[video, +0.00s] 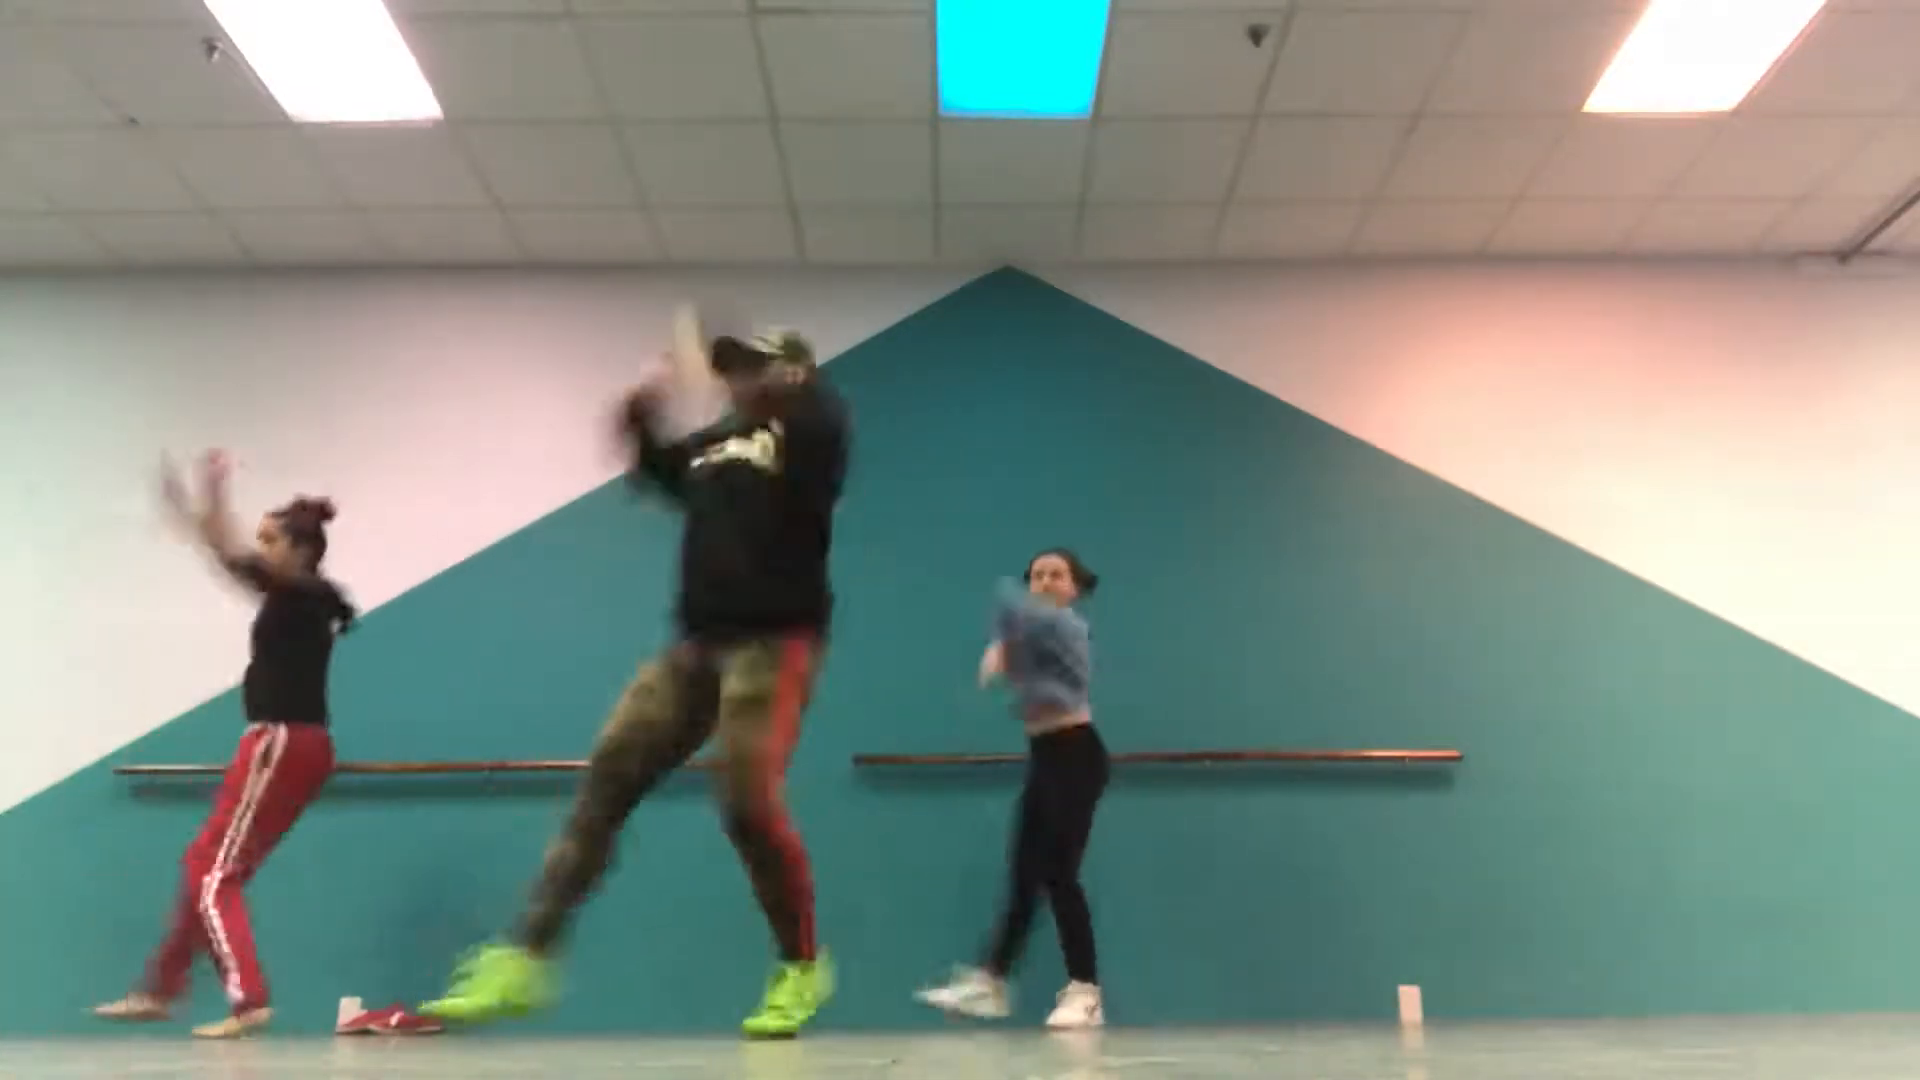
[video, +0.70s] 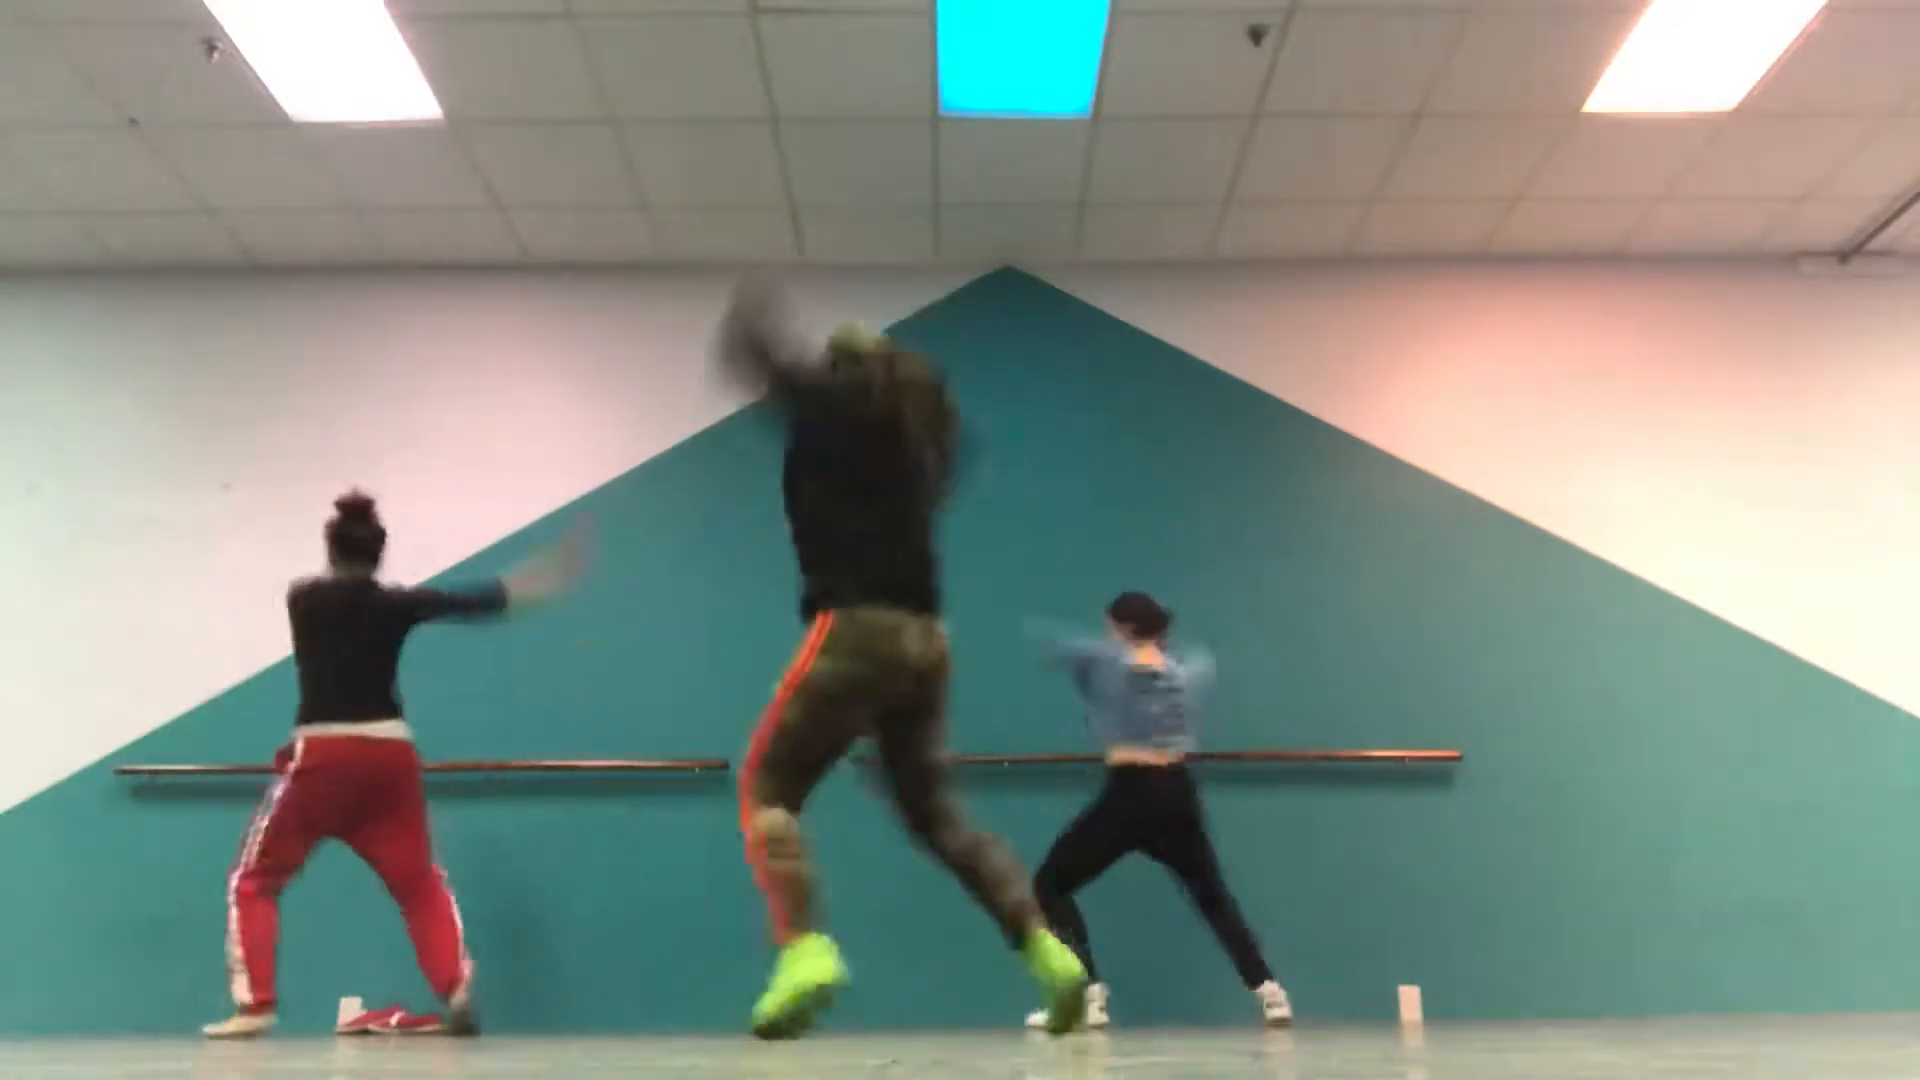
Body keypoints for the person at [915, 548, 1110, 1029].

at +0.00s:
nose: (1046, 583)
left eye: (1057, 575)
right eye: (1038, 576)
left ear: (1076, 588)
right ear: (1028, 586)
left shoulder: (1069, 626)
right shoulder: (1027, 629)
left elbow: (1027, 618)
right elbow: (1009, 657)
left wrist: (1009, 602)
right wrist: (1003, 651)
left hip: (1077, 749)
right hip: (1045, 752)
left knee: (1059, 871)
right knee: (1026, 869)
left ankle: (1084, 989)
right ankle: (991, 980)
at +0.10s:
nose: (1050, 576)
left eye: (1059, 568)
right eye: (1049, 569)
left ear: (1084, 576)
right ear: (1071, 580)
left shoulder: (1061, 609)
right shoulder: (1088, 616)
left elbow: (1029, 569)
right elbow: (1103, 611)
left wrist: (991, 551)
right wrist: (1097, 590)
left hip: (1075, 745)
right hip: (1089, 743)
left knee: (1060, 863)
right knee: (1077, 863)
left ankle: (1091, 984)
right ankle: (1100, 977)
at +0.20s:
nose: (1052, 580)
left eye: (1060, 572)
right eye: (1054, 572)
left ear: (1087, 578)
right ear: (1095, 581)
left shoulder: (1054, 618)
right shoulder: (1121, 622)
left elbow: (1008, 573)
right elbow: (1141, 576)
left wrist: (1000, 513)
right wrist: (1157, 529)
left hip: (1075, 743)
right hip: (1119, 740)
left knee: (1060, 868)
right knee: (1133, 854)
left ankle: (1093, 985)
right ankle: (1192, 946)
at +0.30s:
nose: (1071, 588)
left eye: (1075, 580)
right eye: (1073, 580)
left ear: (1092, 583)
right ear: (1115, 585)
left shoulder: (1065, 631)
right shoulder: (1149, 628)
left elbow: (1018, 598)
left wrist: (1032, 572)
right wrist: (1191, 553)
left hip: (1090, 747)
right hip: (1141, 745)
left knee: (1066, 869)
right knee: (1180, 855)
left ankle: (1089, 982)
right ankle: (1239, 949)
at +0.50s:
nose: (1171, 649)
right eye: (1171, 642)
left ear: (1128, 646)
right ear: (1168, 644)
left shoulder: (1110, 690)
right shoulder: (1178, 679)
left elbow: (1086, 729)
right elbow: (1248, 699)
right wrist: (1224, 738)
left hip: (1137, 799)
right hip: (1188, 791)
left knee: (1100, 900)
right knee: (1238, 893)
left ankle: (1058, 982)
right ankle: (1272, 993)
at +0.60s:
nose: (1178, 659)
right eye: (1176, 653)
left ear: (1129, 656)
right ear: (1171, 655)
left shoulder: (1107, 699)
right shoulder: (1191, 692)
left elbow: (1082, 729)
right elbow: (1267, 713)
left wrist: (1127, 729)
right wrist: (1213, 722)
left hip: (1137, 817)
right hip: (1194, 812)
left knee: (1082, 906)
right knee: (1245, 898)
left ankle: (1073, 995)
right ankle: (1273, 994)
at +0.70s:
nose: (1110, 635)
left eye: (1113, 628)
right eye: (1111, 628)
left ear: (1125, 630)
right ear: (1160, 631)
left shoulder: (1105, 665)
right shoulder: (1187, 674)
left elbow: (1059, 650)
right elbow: (1201, 663)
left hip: (1128, 792)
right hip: (1176, 793)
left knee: (1051, 884)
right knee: (1211, 892)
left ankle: (1085, 993)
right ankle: (1266, 987)